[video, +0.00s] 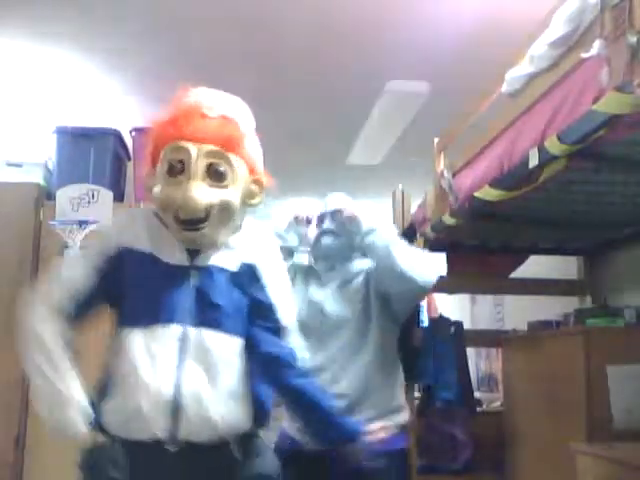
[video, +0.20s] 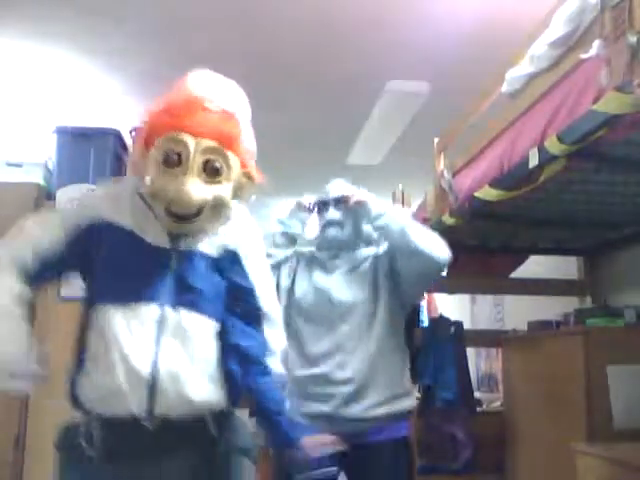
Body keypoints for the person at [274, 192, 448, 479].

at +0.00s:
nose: (327, 225)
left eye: (339, 218)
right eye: (320, 218)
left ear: (357, 231)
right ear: (308, 230)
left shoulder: (376, 277)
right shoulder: (297, 278)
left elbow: (423, 279)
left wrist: (365, 231)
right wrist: (290, 236)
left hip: (373, 436)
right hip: (303, 435)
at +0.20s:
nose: (333, 216)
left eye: (343, 207)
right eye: (324, 207)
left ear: (362, 215)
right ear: (312, 214)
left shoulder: (385, 259)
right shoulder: (293, 262)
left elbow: (436, 258)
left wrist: (373, 209)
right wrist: (293, 218)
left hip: (381, 427)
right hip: (308, 427)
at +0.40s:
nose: (348, 239)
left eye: (361, 228)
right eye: (340, 228)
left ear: (380, 242)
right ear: (322, 238)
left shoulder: (396, 289)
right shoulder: (297, 289)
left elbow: (433, 238)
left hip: (389, 453)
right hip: (318, 454)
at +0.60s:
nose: (364, 266)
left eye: (375, 256)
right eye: (352, 254)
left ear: (392, 260)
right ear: (334, 261)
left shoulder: (403, 295)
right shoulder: (313, 297)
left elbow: (446, 258)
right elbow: (289, 315)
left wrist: (449, 191)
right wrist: (338, 277)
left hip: (393, 453)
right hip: (321, 454)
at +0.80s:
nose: (380, 261)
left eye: (390, 251)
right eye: (371, 250)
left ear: (401, 251)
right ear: (348, 250)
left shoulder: (409, 281)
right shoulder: (318, 288)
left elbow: (460, 242)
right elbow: (279, 302)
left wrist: (447, 184)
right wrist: (343, 258)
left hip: (399, 440)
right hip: (326, 443)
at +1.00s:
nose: (374, 241)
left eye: (384, 230)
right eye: (363, 230)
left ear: (395, 232)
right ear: (341, 230)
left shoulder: (410, 266)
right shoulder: (311, 269)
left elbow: (467, 241)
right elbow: (265, 286)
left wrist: (451, 174)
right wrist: (335, 240)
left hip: (397, 433)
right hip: (323, 435)